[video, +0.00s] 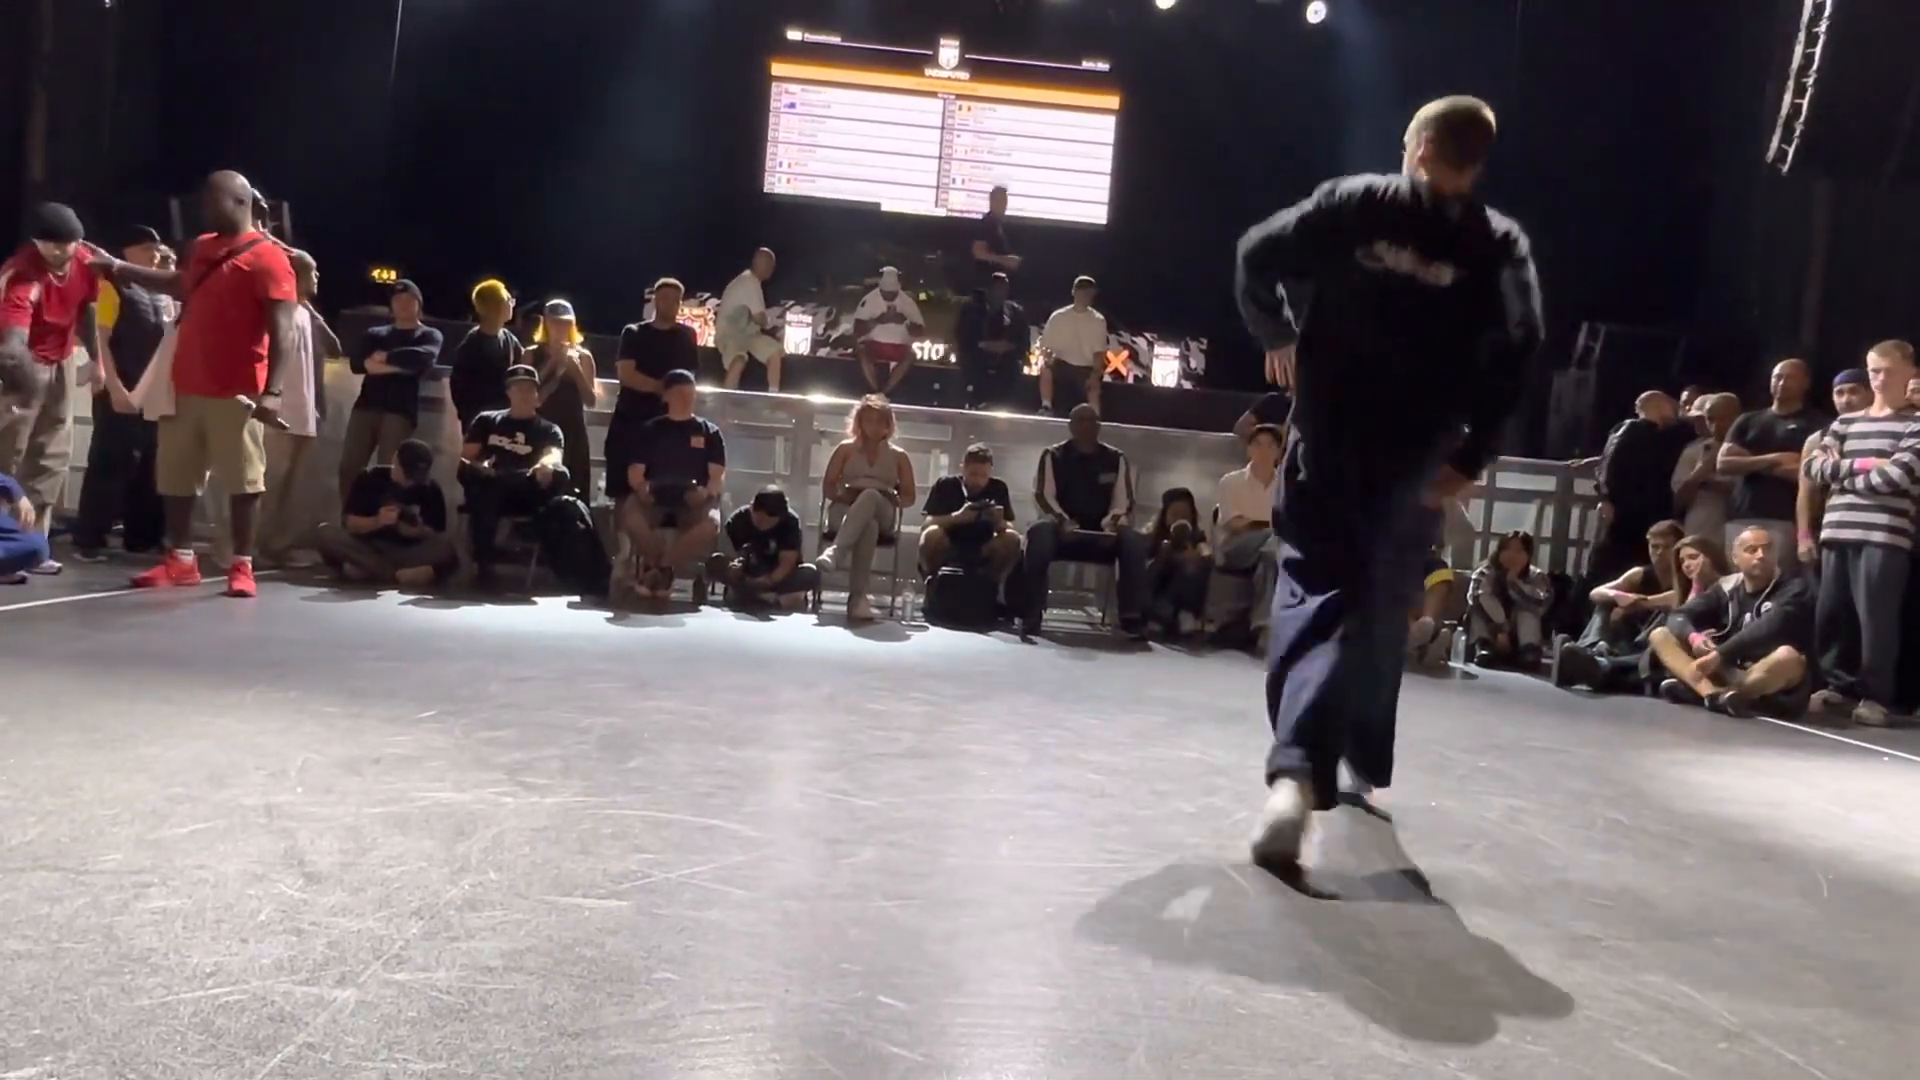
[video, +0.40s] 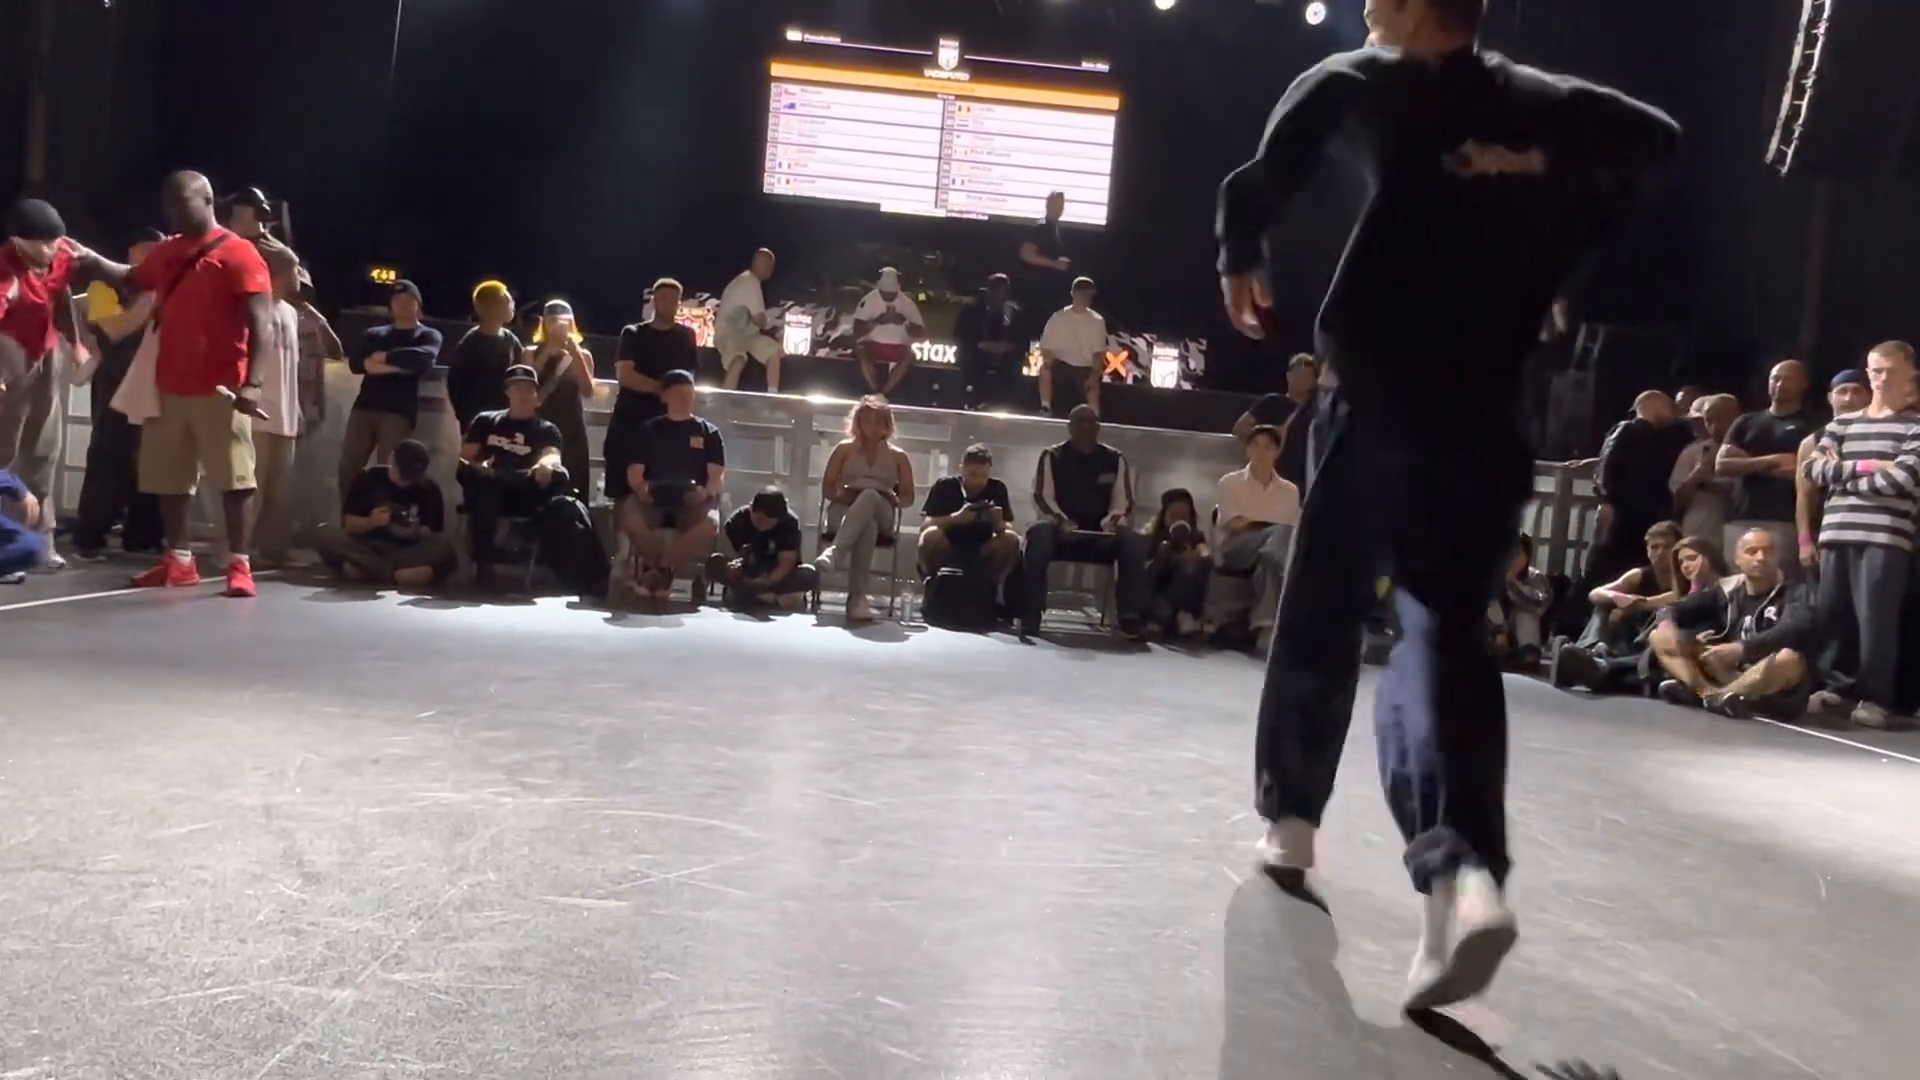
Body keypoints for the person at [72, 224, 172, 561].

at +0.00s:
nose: (156, 254)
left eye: (158, 248)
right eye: (147, 248)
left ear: (162, 253)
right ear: (127, 253)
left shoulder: (166, 292)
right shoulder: (113, 288)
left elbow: (174, 338)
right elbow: (101, 338)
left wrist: (168, 381)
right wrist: (115, 385)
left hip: (156, 389)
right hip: (119, 389)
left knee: (150, 465)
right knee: (109, 464)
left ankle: (143, 536)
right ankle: (91, 536)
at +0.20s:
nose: (160, 257)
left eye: (162, 251)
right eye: (152, 250)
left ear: (165, 256)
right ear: (130, 252)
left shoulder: (163, 292)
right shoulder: (108, 287)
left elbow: (169, 338)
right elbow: (97, 344)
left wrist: (165, 365)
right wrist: (141, 365)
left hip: (151, 380)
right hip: (114, 379)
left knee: (148, 458)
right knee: (110, 455)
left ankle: (143, 534)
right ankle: (92, 534)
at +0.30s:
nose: (155, 257)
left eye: (160, 251)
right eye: (150, 250)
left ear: (165, 254)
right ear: (132, 251)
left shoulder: (162, 289)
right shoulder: (107, 285)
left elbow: (171, 330)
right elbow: (98, 336)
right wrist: (149, 331)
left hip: (153, 380)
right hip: (114, 380)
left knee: (149, 457)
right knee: (109, 456)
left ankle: (143, 534)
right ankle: (91, 534)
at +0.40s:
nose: (150, 259)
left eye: (156, 253)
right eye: (145, 252)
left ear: (163, 256)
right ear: (130, 252)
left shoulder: (166, 287)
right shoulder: (104, 285)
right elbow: (115, 328)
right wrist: (151, 298)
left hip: (154, 381)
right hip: (115, 381)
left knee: (149, 457)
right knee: (108, 455)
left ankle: (143, 534)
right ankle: (91, 533)